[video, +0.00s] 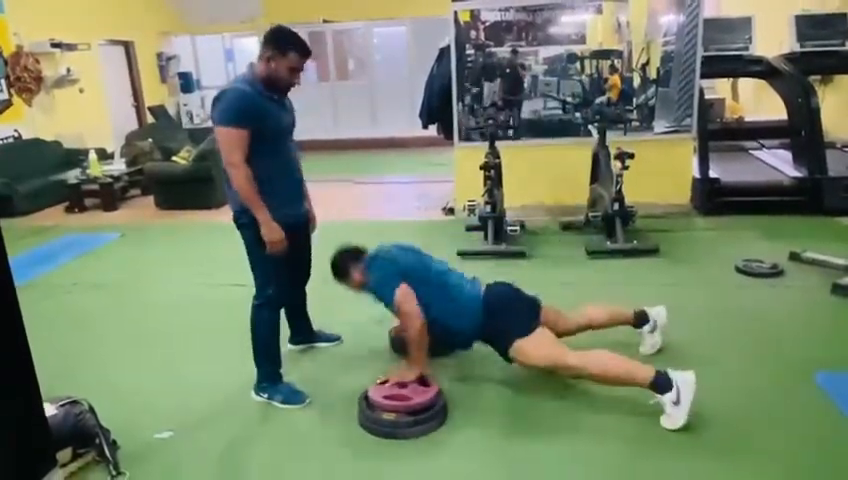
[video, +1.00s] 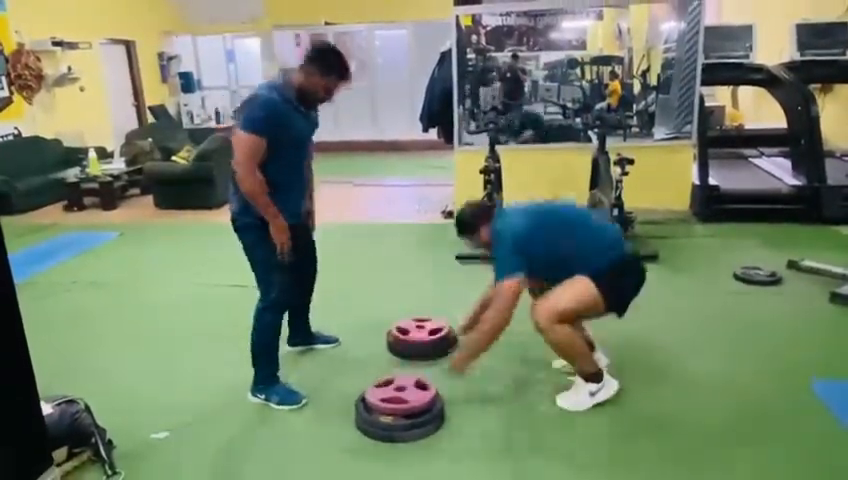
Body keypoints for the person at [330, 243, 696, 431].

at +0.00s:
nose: (356, 286)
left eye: (352, 282)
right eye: (353, 282)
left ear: (354, 274)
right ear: (362, 257)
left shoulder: (380, 272)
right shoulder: (391, 253)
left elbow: (414, 317)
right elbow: (426, 300)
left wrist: (416, 369)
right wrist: (416, 340)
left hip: (492, 321)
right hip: (497, 296)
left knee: (566, 362)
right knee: (568, 322)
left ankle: (666, 384)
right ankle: (646, 316)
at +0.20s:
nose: (379, 268)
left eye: (375, 263)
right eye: (374, 265)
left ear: (379, 252)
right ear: (386, 236)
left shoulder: (407, 262)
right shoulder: (419, 236)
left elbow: (418, 324)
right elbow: (420, 308)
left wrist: (416, 370)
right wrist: (416, 345)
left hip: (492, 338)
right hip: (498, 311)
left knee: (562, 374)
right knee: (558, 339)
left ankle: (658, 384)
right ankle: (639, 322)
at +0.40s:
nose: (392, 282)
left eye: (386, 279)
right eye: (387, 278)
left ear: (384, 265)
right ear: (387, 249)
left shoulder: (408, 257)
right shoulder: (415, 241)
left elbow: (416, 322)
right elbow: (423, 300)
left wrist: (414, 369)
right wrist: (412, 336)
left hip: (522, 284)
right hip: (524, 269)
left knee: (579, 352)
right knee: (583, 315)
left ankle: (683, 387)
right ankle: (655, 323)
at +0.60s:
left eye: (435, 293)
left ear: (435, 285)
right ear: (431, 264)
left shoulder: (453, 266)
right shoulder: (448, 253)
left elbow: (441, 329)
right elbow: (442, 297)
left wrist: (415, 370)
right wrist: (423, 323)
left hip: (571, 249)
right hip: (556, 238)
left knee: (531, 328)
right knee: (534, 298)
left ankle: (601, 378)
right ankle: (593, 336)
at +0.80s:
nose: (465, 292)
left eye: (463, 287)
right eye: (461, 288)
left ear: (472, 279)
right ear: (475, 262)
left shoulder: (493, 285)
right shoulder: (491, 258)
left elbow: (457, 343)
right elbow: (469, 297)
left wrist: (413, 373)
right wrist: (437, 319)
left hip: (608, 311)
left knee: (539, 333)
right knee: (538, 314)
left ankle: (598, 381)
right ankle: (593, 350)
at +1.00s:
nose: (479, 246)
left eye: (475, 241)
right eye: (475, 243)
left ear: (482, 231)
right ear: (487, 218)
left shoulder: (508, 235)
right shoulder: (507, 222)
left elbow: (502, 309)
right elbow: (502, 287)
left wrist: (466, 355)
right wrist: (474, 321)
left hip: (618, 270)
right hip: (609, 256)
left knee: (546, 314)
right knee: (538, 288)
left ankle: (595, 382)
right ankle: (587, 353)